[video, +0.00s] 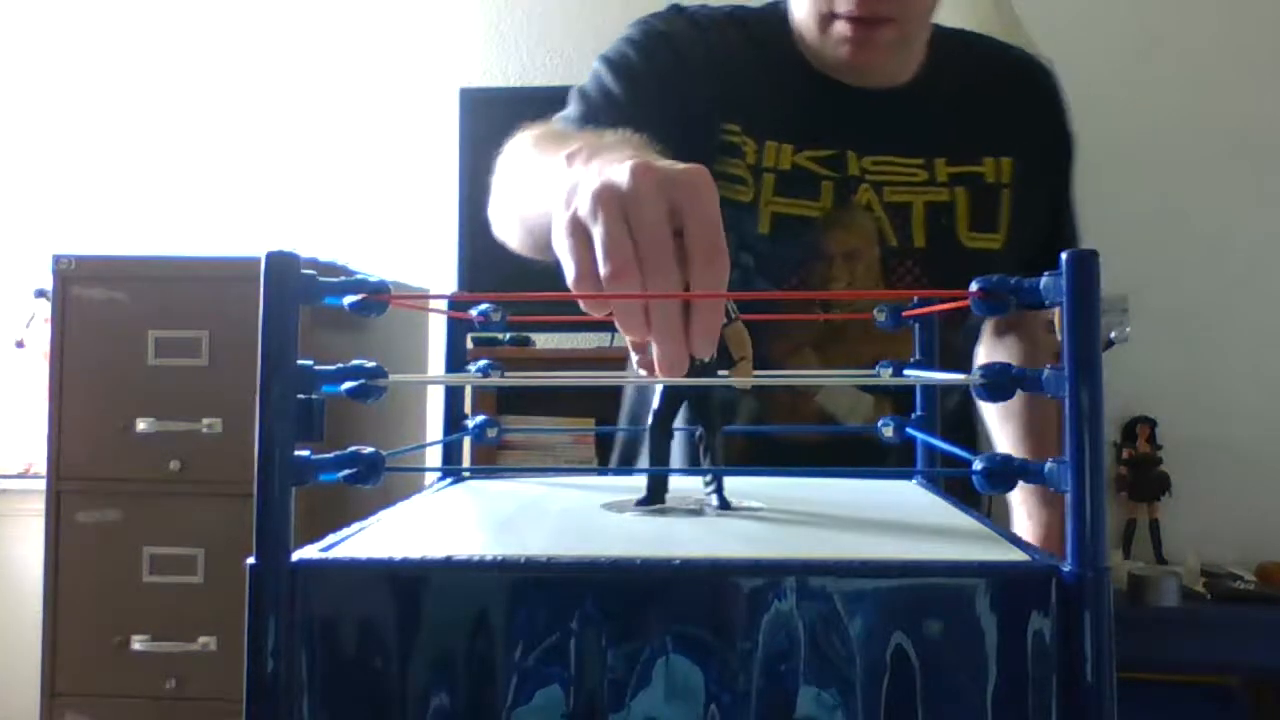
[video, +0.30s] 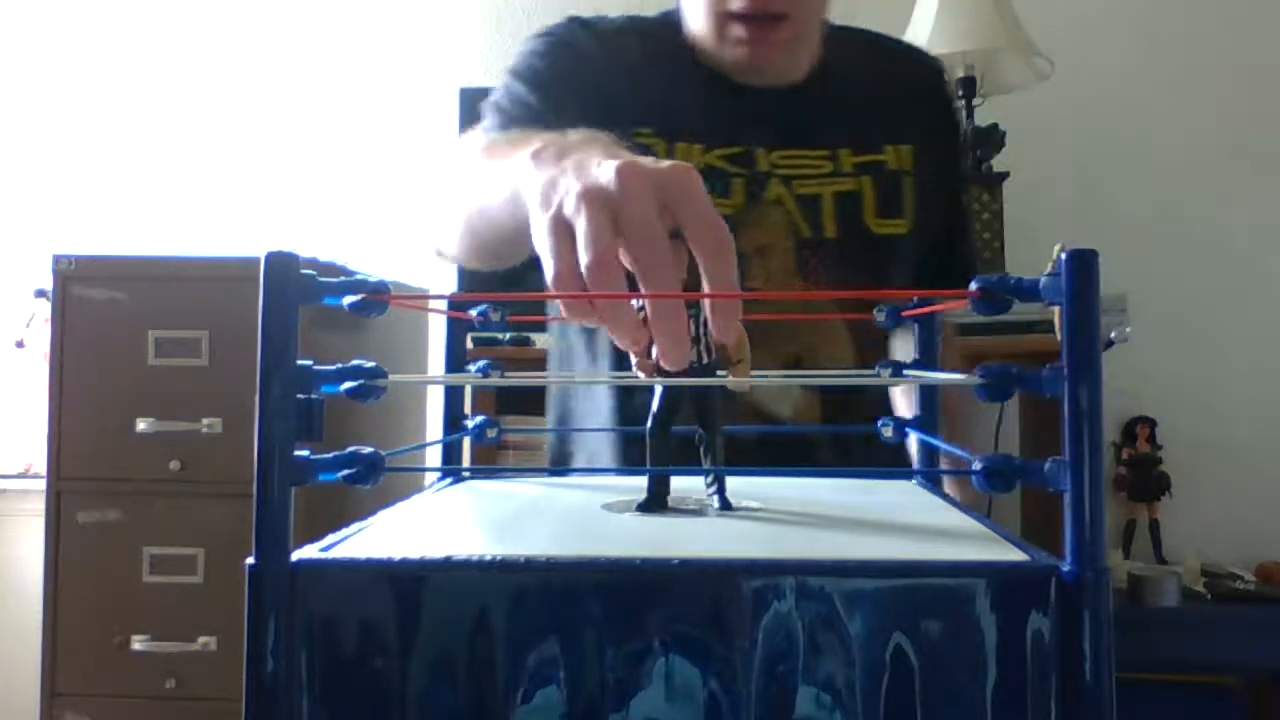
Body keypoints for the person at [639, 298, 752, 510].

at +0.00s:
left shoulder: (711, 293)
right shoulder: (662, 298)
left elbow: (734, 327)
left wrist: (743, 361)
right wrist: (641, 358)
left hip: (704, 369)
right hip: (671, 370)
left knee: (709, 432)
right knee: (658, 426)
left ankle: (716, 492)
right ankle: (656, 490)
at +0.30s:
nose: (677, 268)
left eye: (681, 262)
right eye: (670, 262)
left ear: (691, 265)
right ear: (658, 266)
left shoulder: (703, 297)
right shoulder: (651, 299)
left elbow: (728, 330)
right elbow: (637, 333)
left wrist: (737, 360)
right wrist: (640, 360)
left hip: (705, 368)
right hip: (669, 370)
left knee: (710, 432)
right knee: (656, 428)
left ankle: (718, 492)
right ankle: (656, 492)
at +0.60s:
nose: (666, 262)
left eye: (672, 255)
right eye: (662, 257)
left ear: (686, 258)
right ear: (657, 262)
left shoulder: (706, 296)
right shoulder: (646, 301)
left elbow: (733, 331)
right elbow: (632, 332)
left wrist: (741, 363)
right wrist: (638, 359)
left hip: (702, 370)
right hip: (666, 372)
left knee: (711, 429)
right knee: (656, 428)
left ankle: (718, 492)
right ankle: (656, 493)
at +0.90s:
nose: (667, 263)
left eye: (672, 258)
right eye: (662, 259)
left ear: (686, 260)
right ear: (657, 263)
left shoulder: (705, 296)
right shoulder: (646, 302)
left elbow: (731, 329)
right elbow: (633, 333)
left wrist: (741, 361)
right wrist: (638, 360)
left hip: (702, 370)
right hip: (666, 373)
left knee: (711, 431)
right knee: (656, 429)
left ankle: (718, 492)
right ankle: (656, 494)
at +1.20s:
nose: (667, 262)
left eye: (672, 256)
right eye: (662, 257)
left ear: (687, 260)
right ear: (657, 263)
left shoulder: (706, 296)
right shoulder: (646, 302)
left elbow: (731, 328)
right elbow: (633, 334)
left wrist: (741, 361)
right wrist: (638, 359)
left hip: (702, 373)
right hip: (667, 375)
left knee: (711, 432)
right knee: (655, 430)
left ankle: (718, 492)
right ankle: (657, 494)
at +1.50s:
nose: (667, 261)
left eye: (672, 255)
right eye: (662, 256)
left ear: (686, 258)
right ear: (657, 263)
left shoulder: (706, 296)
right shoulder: (646, 302)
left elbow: (732, 329)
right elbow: (632, 332)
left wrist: (742, 361)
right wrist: (637, 358)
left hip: (702, 373)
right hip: (667, 375)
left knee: (711, 432)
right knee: (656, 430)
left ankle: (718, 493)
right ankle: (657, 495)